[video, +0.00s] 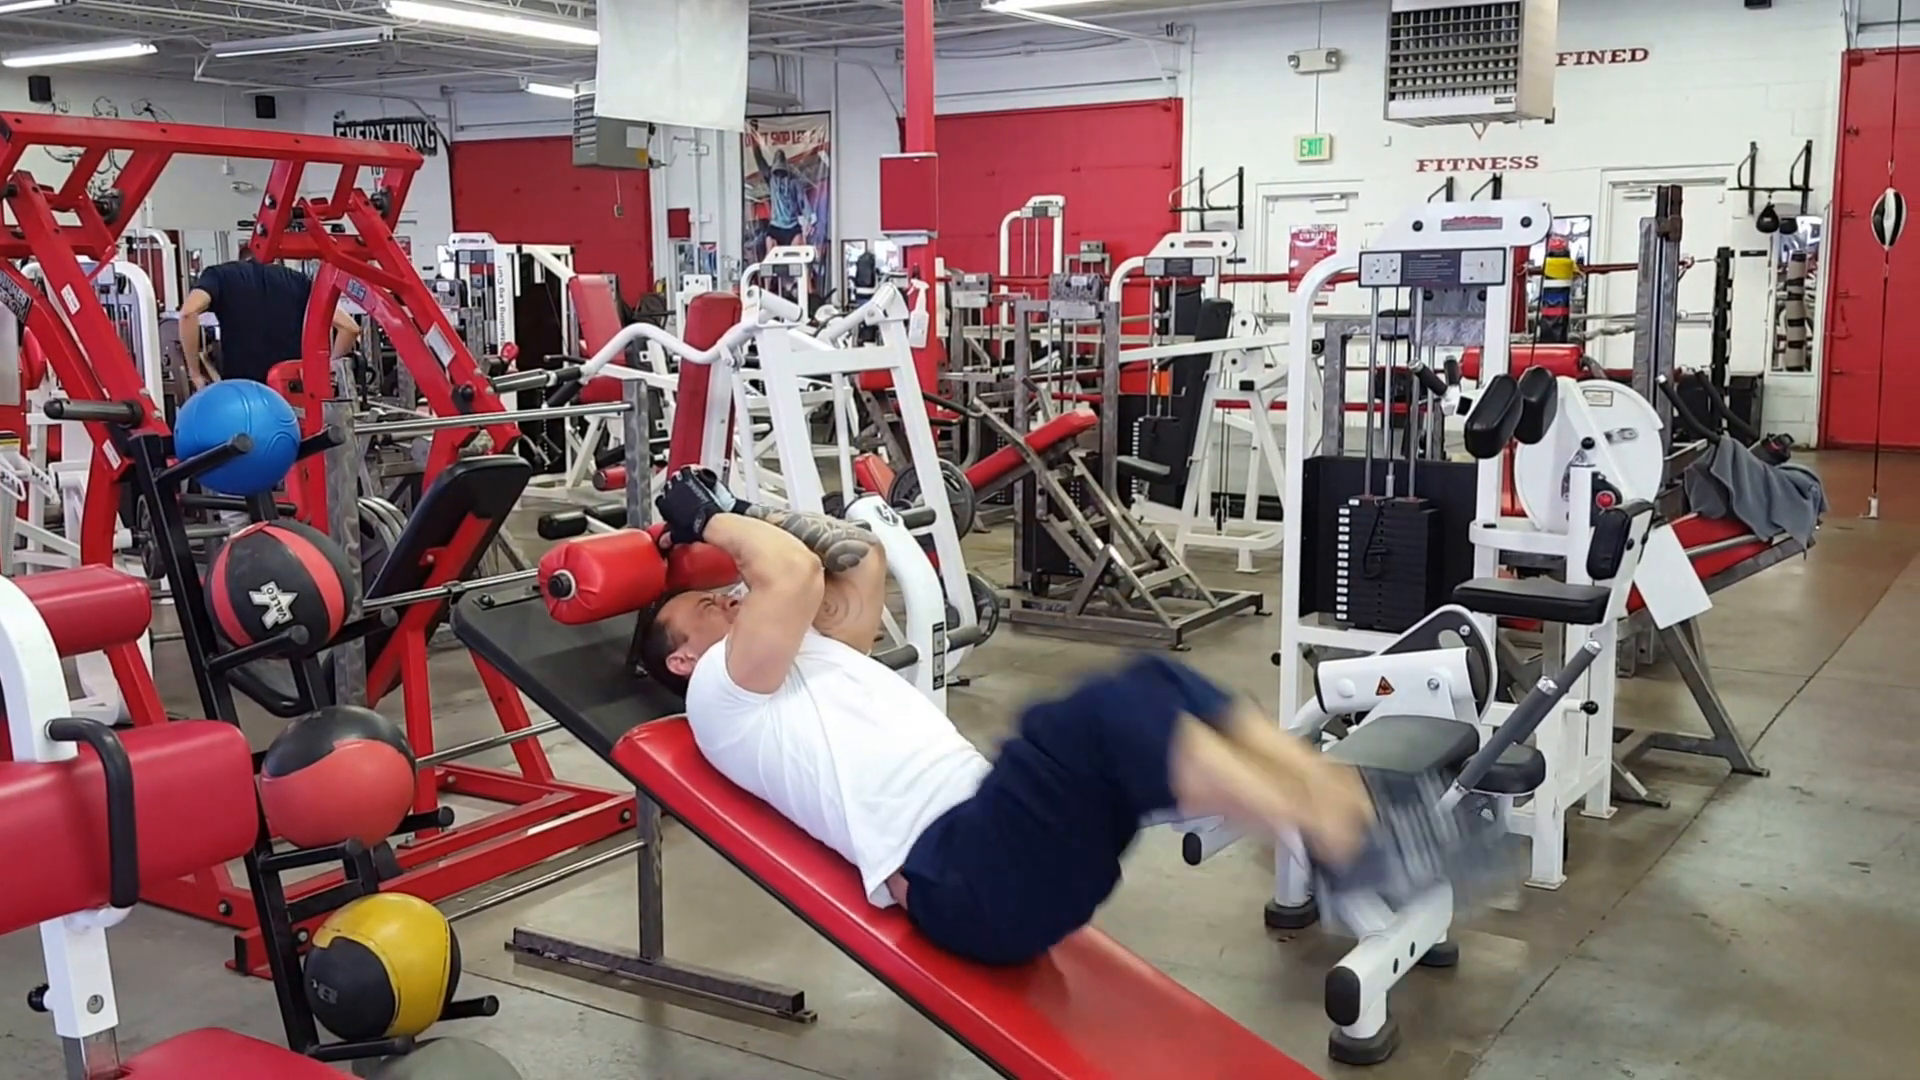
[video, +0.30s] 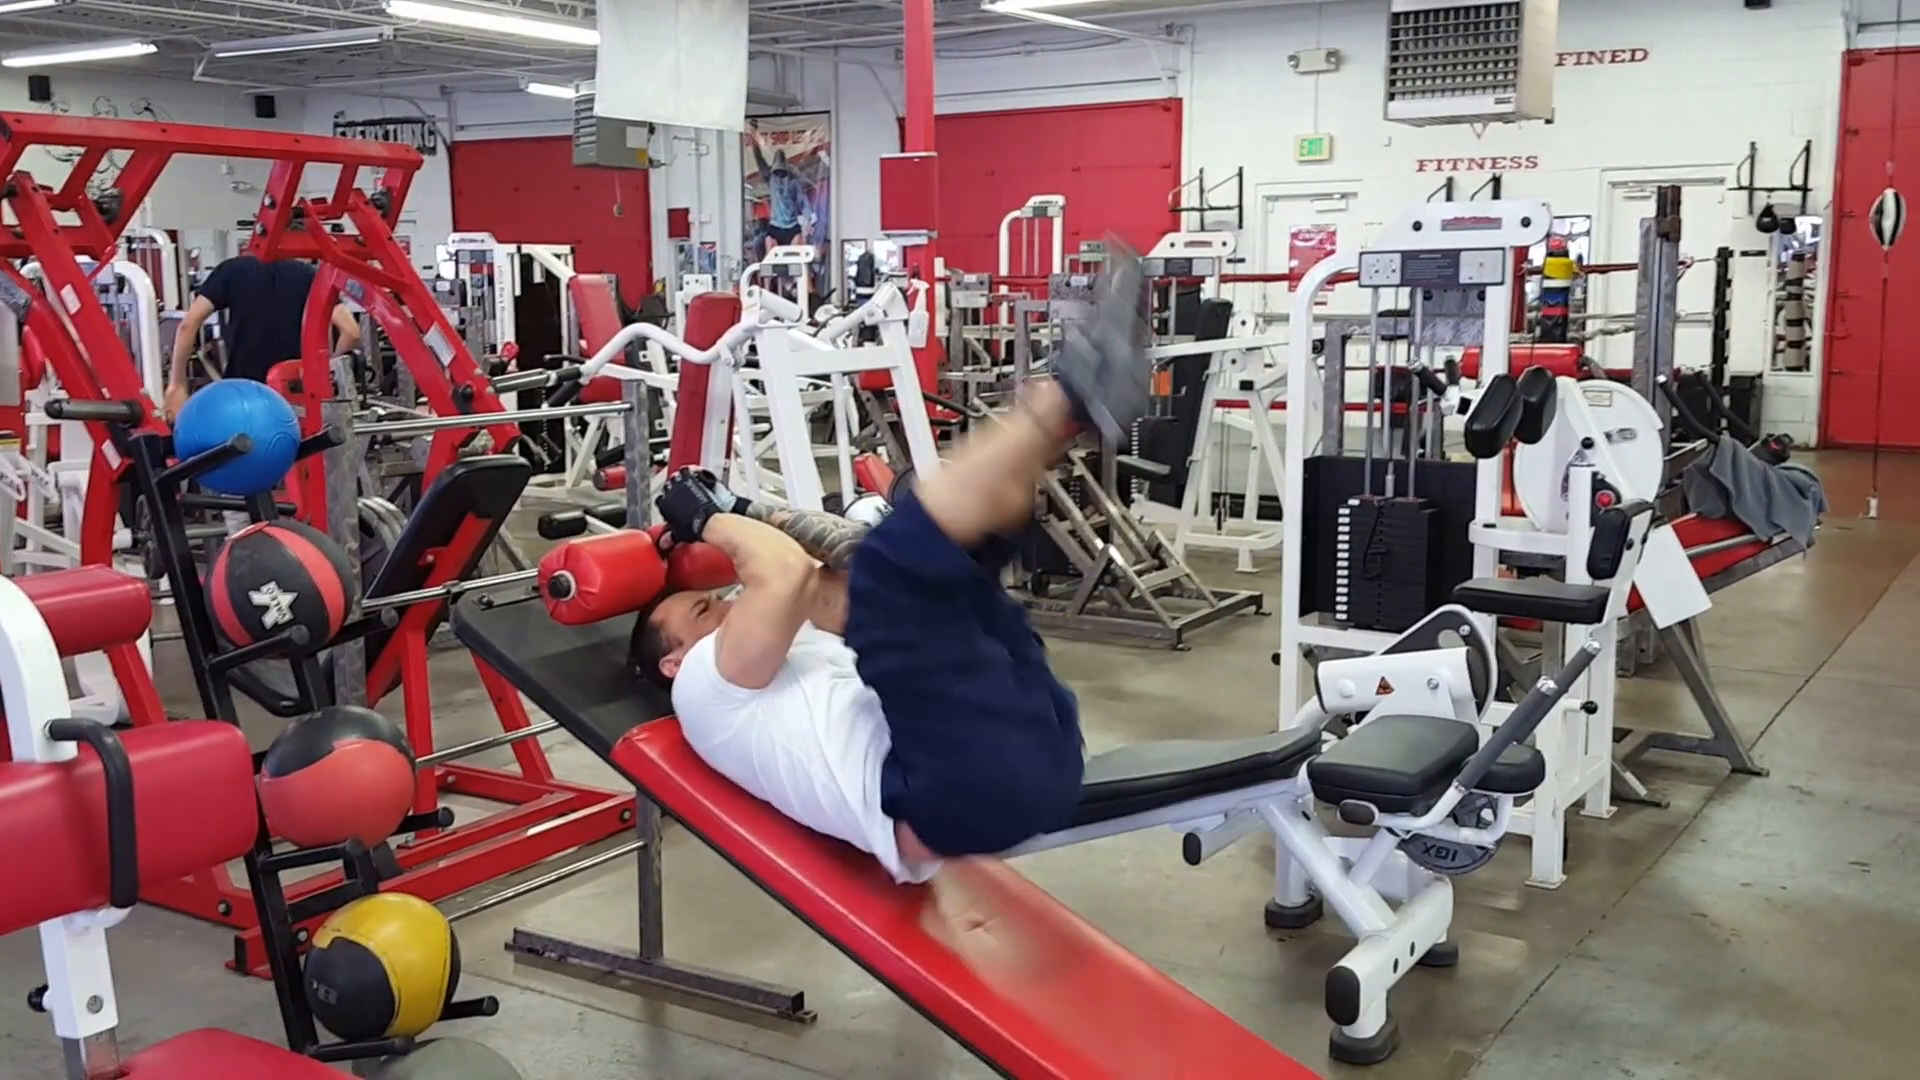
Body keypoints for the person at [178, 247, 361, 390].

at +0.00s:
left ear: (240, 257)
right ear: (275, 256)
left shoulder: (220, 274)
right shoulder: (300, 280)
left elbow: (188, 313)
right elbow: (350, 328)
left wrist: (195, 373)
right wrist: (328, 365)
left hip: (242, 399)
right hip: (299, 398)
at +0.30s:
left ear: (257, 235)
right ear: (292, 236)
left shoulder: (233, 270)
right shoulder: (309, 275)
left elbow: (189, 324)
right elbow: (351, 331)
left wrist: (177, 384)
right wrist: (327, 367)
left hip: (243, 395)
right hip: (301, 396)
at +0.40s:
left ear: (260, 230)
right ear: (297, 232)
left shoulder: (238, 268)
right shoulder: (315, 273)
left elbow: (204, 333)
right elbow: (351, 332)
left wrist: (181, 386)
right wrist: (328, 364)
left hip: (245, 393)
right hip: (302, 393)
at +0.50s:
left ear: (263, 227)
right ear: (304, 228)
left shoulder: (242, 267)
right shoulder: (318, 270)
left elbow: (216, 334)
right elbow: (351, 334)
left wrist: (206, 376)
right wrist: (330, 367)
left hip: (247, 390)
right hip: (303, 388)